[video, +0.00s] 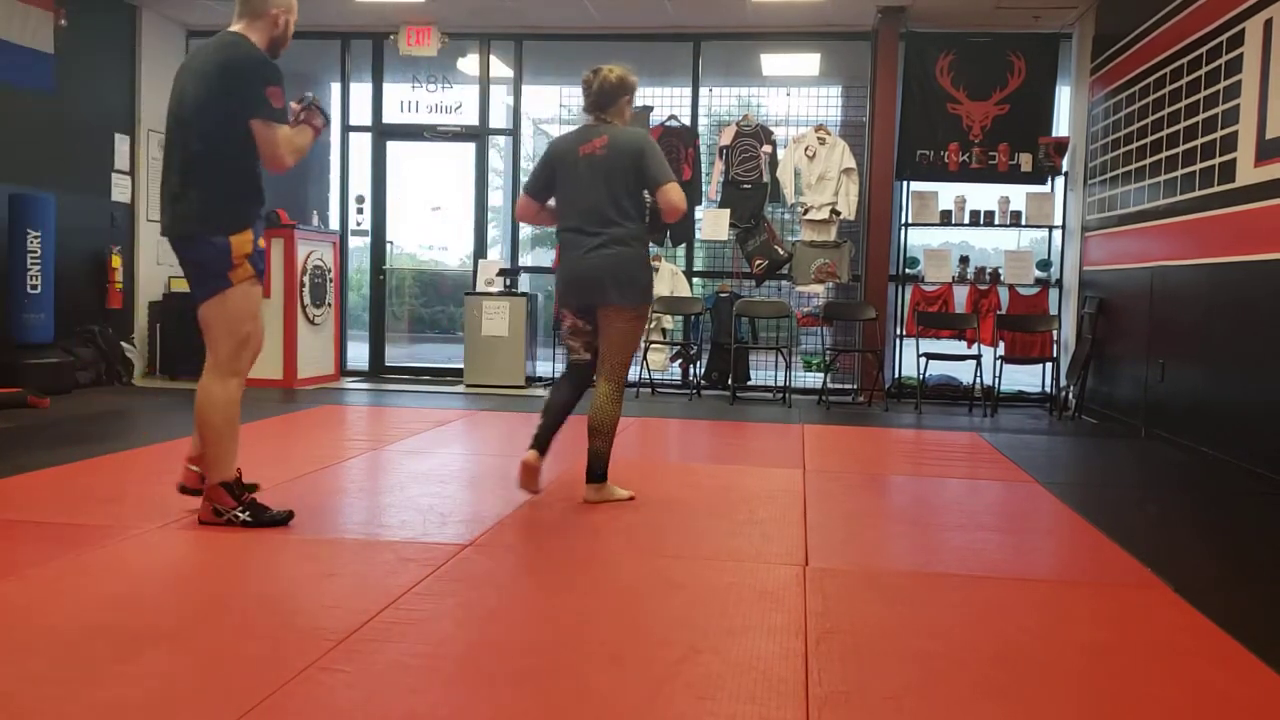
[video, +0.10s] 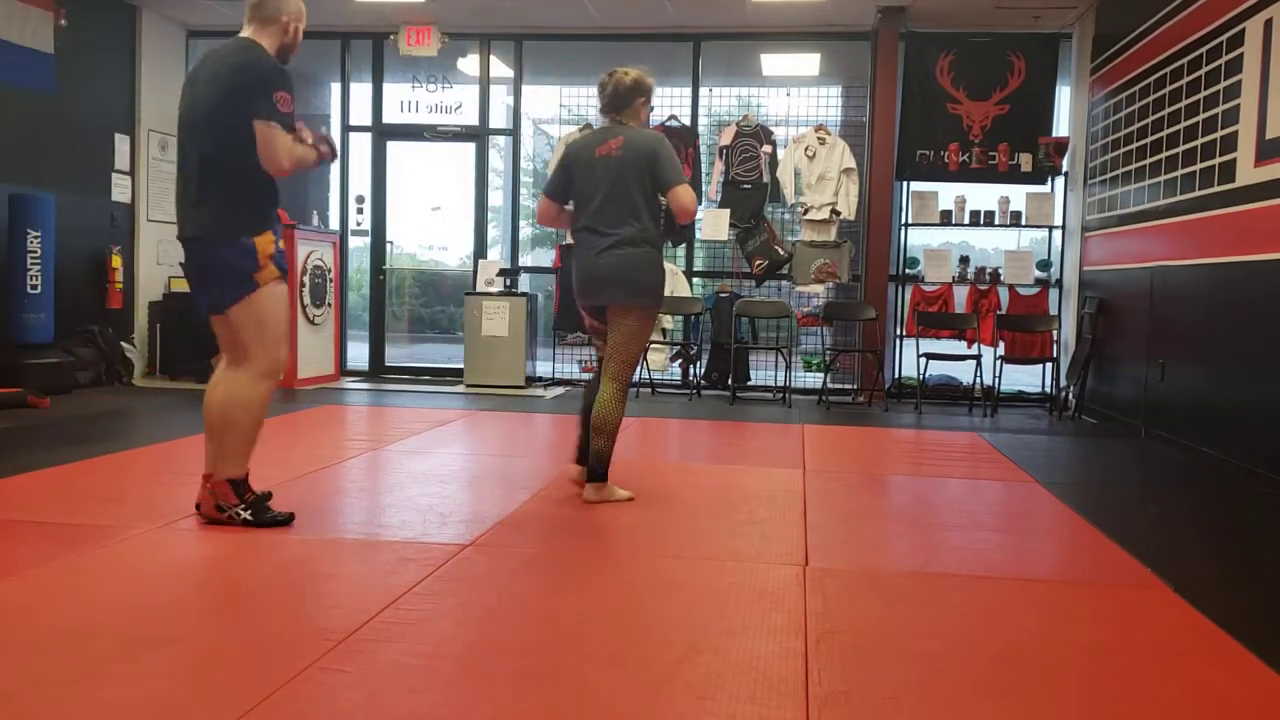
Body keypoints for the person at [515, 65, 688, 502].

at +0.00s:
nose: (634, 110)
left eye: (633, 103)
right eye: (633, 103)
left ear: (588, 103)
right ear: (624, 104)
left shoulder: (562, 145)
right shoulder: (638, 141)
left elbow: (526, 209)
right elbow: (675, 205)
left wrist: (569, 216)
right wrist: (653, 211)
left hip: (574, 269)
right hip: (625, 269)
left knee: (578, 368)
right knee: (611, 379)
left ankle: (536, 451)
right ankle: (597, 483)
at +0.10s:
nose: (650, 112)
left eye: (650, 106)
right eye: (649, 106)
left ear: (604, 106)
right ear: (640, 106)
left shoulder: (577, 145)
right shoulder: (652, 142)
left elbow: (546, 213)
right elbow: (685, 206)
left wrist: (585, 218)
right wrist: (667, 211)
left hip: (586, 267)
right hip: (637, 266)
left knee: (609, 364)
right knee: (616, 377)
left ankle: (585, 459)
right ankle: (597, 482)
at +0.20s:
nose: (666, 117)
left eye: (666, 110)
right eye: (665, 109)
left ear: (620, 109)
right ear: (655, 109)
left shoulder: (595, 152)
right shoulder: (666, 146)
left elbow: (565, 217)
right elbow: (698, 211)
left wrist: (605, 224)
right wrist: (694, 228)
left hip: (604, 268)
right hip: (650, 266)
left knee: (635, 366)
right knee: (622, 374)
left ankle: (640, 467)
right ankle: (596, 482)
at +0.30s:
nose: (684, 122)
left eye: (684, 115)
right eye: (682, 115)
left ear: (639, 115)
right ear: (669, 113)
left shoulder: (615, 157)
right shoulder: (680, 150)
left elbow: (585, 223)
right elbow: (703, 217)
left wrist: (621, 237)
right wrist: (721, 248)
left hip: (621, 270)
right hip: (663, 269)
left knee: (655, 369)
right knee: (632, 377)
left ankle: (669, 466)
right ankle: (598, 480)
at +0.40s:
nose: (701, 126)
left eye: (701, 118)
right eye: (699, 118)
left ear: (660, 119)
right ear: (684, 116)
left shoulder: (636, 162)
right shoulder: (690, 156)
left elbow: (608, 226)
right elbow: (706, 223)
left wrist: (643, 244)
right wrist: (737, 267)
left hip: (641, 273)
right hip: (678, 274)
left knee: (674, 369)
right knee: (650, 377)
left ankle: (674, 469)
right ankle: (601, 472)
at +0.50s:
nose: (724, 123)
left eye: (723, 115)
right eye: (720, 115)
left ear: (687, 117)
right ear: (702, 115)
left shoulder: (656, 159)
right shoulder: (705, 153)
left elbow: (636, 227)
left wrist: (679, 236)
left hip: (657, 271)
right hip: (693, 271)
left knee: (684, 371)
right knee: (693, 374)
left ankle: (674, 469)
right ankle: (623, 453)